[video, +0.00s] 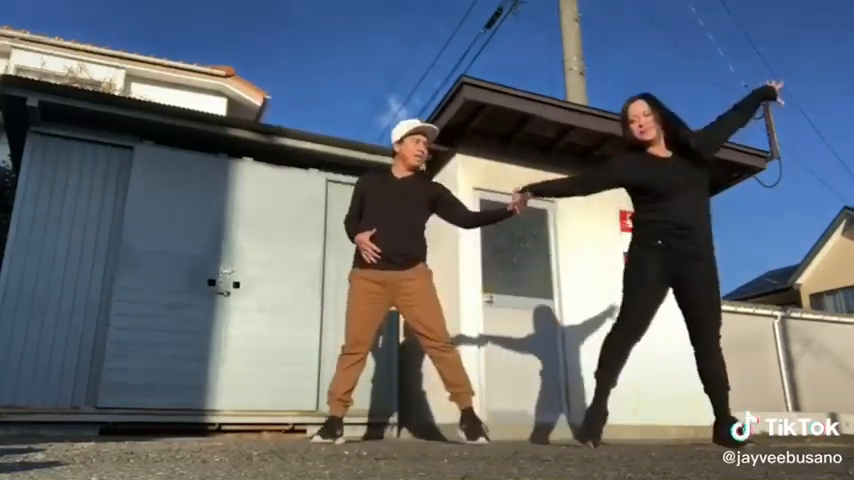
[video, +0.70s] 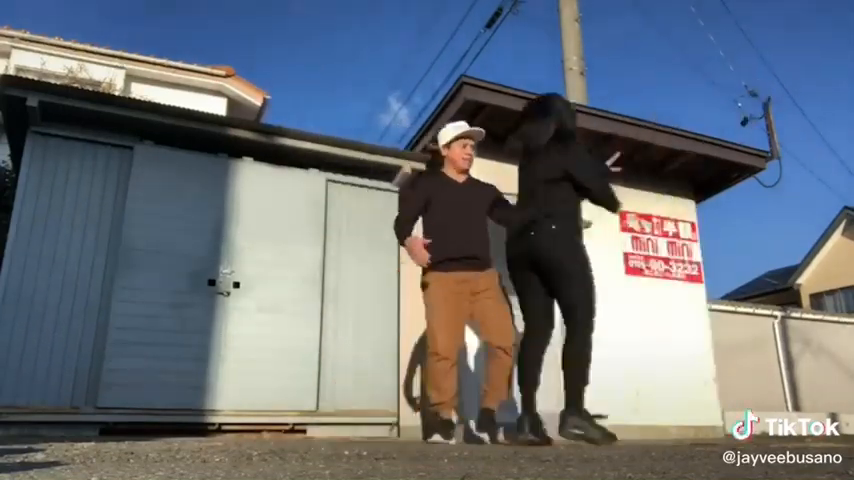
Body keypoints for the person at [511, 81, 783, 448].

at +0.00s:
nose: (638, 124)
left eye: (644, 116)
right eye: (632, 120)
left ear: (660, 117)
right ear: (628, 128)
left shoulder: (695, 148)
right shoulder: (630, 164)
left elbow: (733, 120)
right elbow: (581, 183)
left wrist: (762, 94)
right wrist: (530, 190)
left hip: (696, 257)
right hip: (650, 256)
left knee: (708, 338)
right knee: (628, 329)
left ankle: (724, 421)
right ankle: (598, 408)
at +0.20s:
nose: (632, 128)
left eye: (636, 120)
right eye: (627, 124)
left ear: (656, 120)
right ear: (626, 131)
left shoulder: (695, 152)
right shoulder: (628, 166)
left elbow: (733, 128)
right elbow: (579, 189)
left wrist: (766, 97)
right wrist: (523, 185)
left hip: (690, 263)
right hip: (642, 259)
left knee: (700, 344)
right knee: (622, 333)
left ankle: (720, 424)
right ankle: (602, 413)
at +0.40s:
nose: (586, 141)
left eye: (592, 134)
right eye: (587, 135)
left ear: (612, 138)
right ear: (598, 142)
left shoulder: (646, 170)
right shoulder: (588, 184)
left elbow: (656, 150)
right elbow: (562, 220)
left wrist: (621, 123)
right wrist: (518, 212)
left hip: (649, 263)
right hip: (605, 269)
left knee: (665, 337)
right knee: (597, 340)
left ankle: (714, 406)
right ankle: (622, 423)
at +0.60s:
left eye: (548, 122)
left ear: (551, 126)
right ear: (586, 123)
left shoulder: (538, 158)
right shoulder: (603, 155)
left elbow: (530, 197)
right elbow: (607, 196)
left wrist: (558, 205)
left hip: (556, 252)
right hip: (604, 252)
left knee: (555, 331)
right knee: (597, 330)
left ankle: (542, 415)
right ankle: (618, 415)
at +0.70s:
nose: (575, 121)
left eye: (571, 114)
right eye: (571, 114)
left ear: (537, 120)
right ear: (564, 117)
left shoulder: (530, 152)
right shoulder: (567, 148)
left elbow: (567, 186)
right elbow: (600, 190)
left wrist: (597, 167)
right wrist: (612, 202)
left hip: (521, 239)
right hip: (559, 239)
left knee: (537, 327)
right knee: (580, 323)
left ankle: (528, 416)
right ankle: (574, 412)